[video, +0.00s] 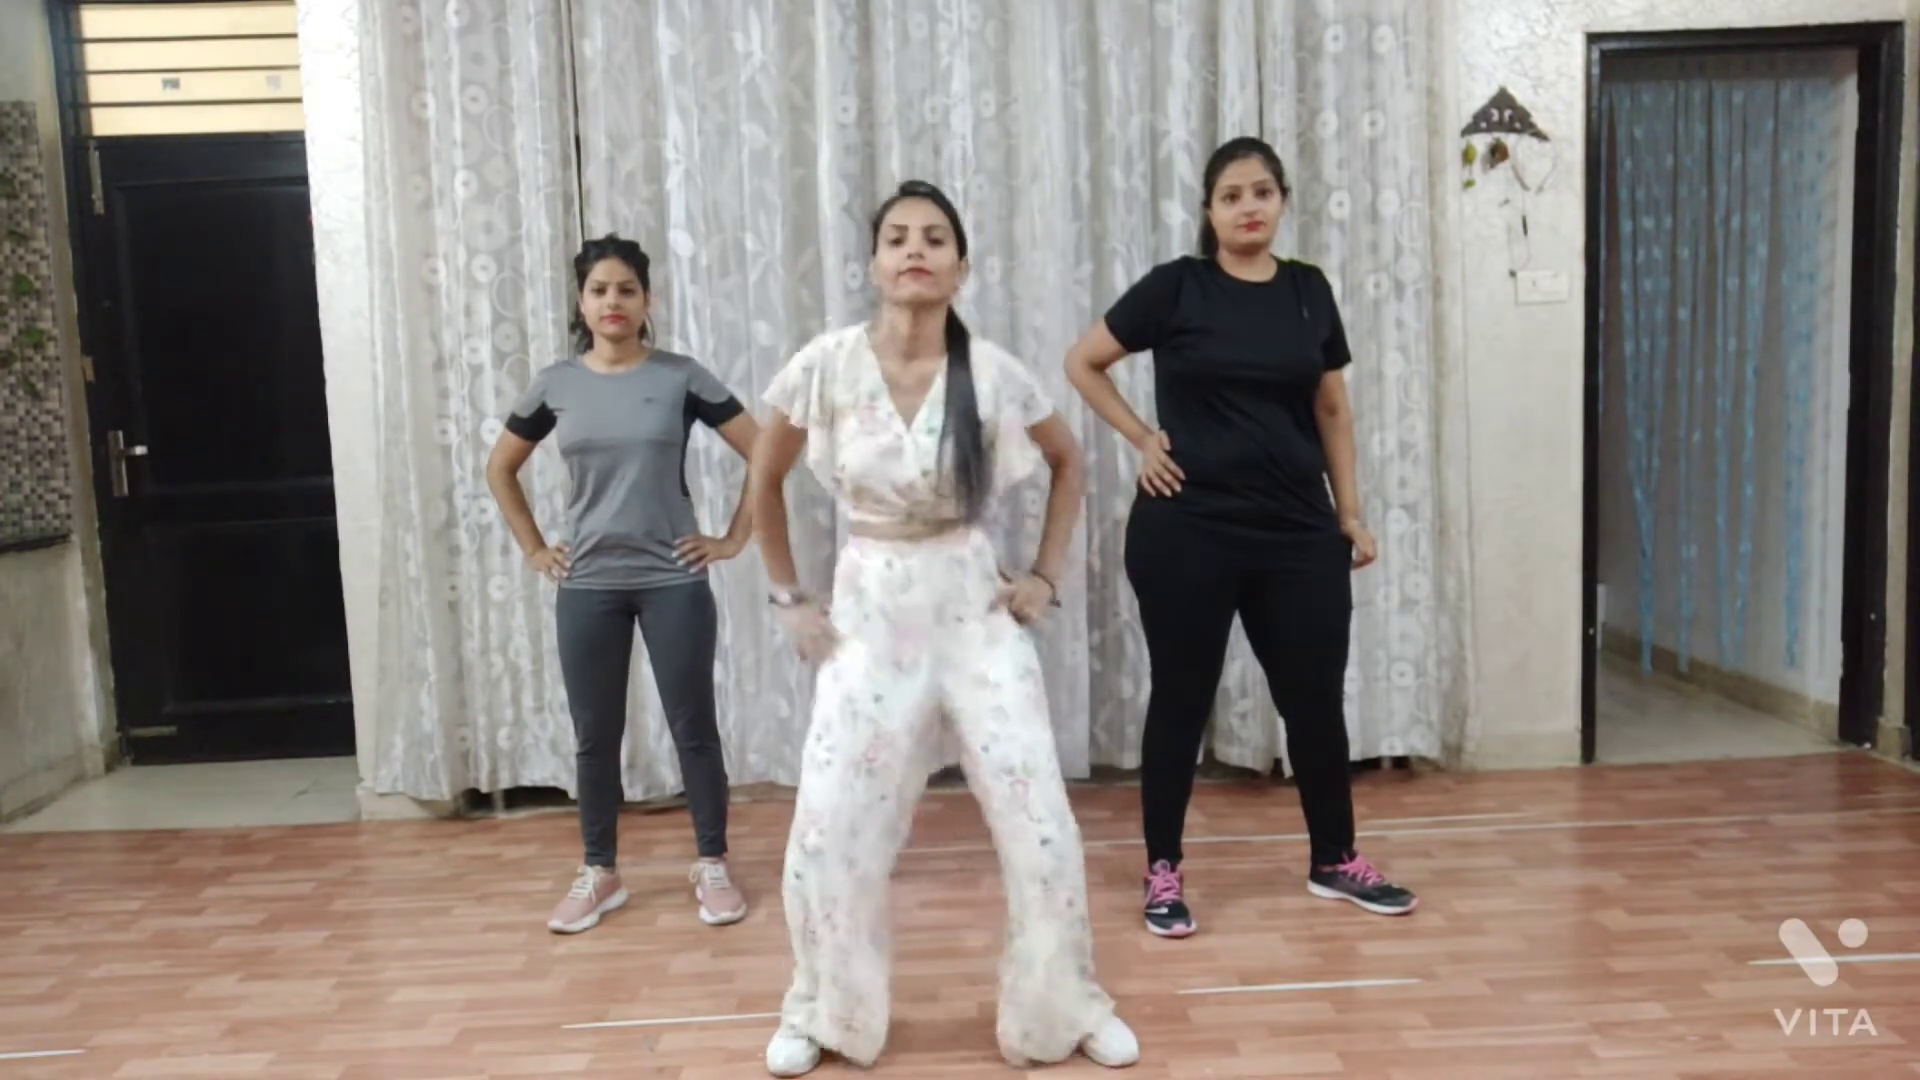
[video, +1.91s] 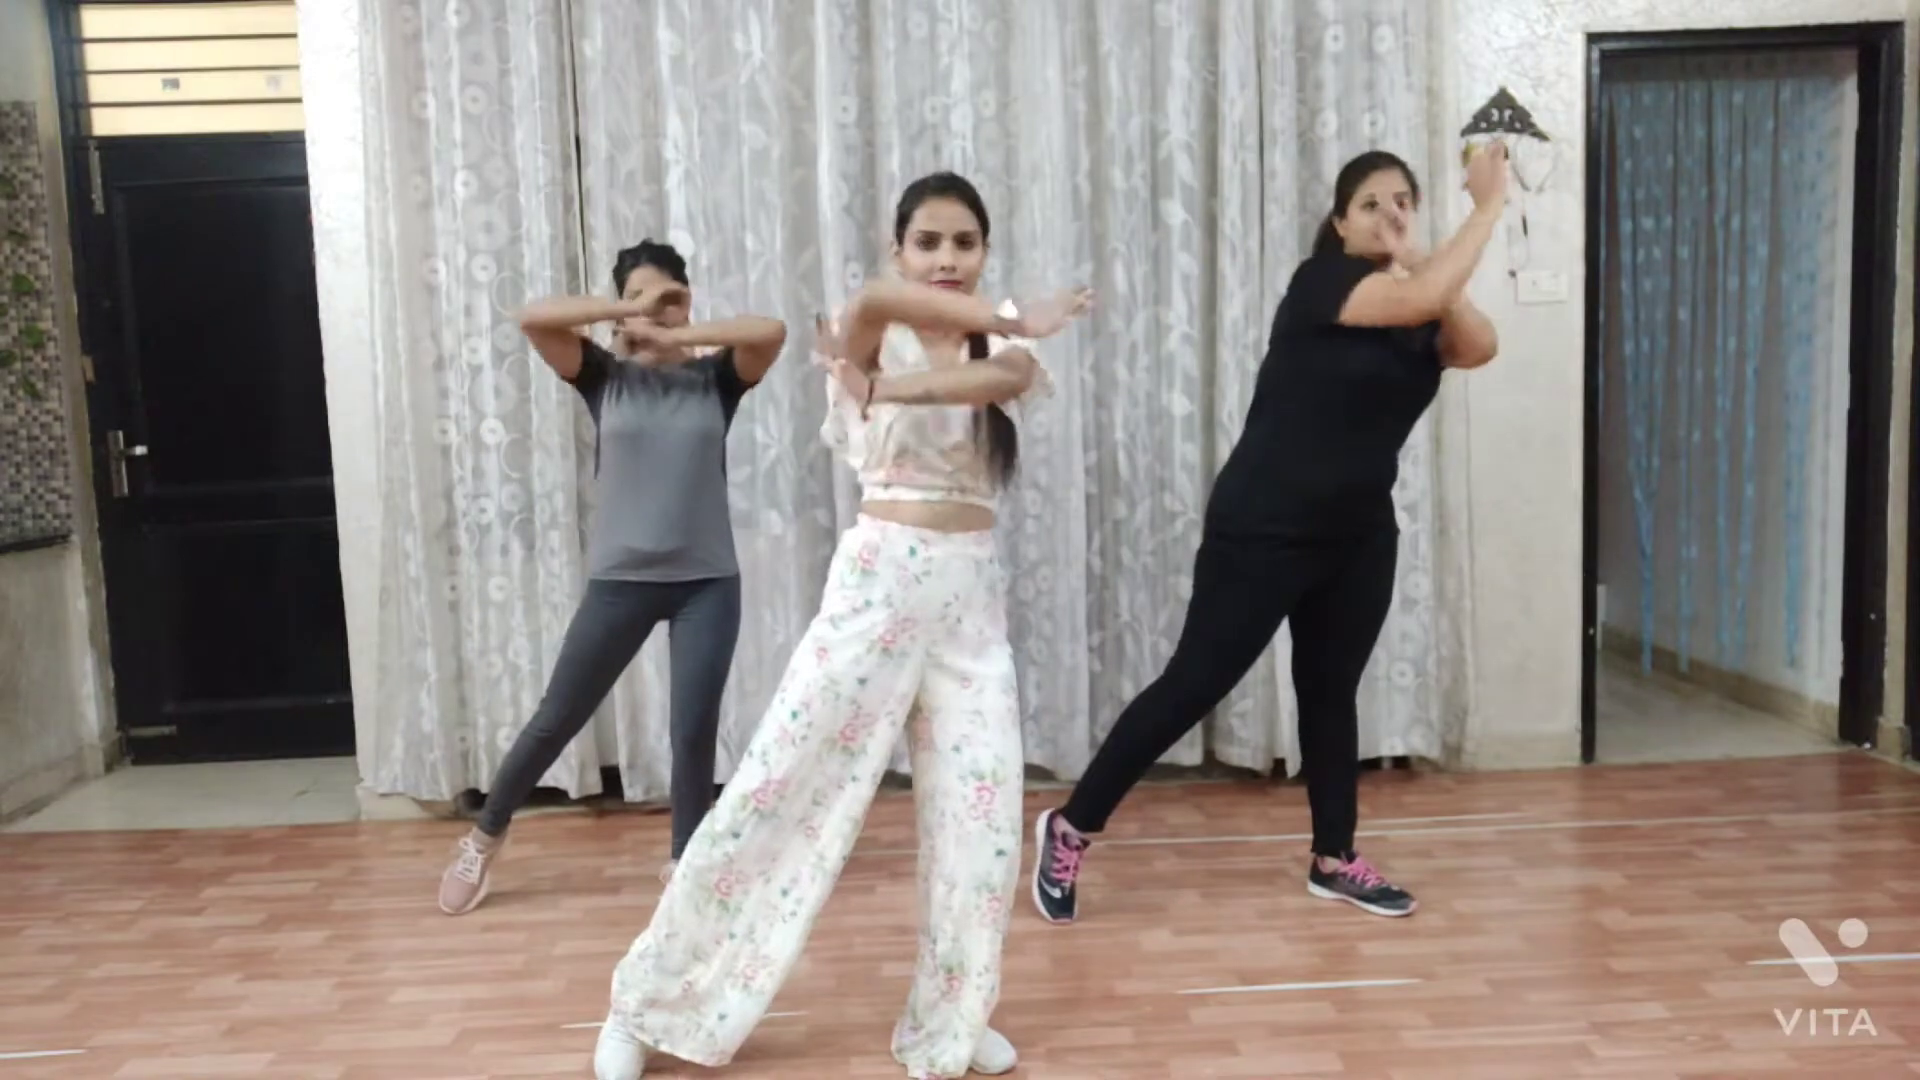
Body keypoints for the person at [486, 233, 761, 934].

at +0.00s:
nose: (613, 301)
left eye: (626, 290)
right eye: (600, 290)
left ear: (646, 302)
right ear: (580, 302)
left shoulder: (681, 378)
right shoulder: (555, 385)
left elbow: (763, 452)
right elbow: (500, 468)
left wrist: (734, 537)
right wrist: (537, 550)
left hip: (674, 574)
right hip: (588, 579)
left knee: (693, 726)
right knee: (594, 736)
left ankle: (712, 866)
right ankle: (599, 872)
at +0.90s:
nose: (621, 303)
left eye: (634, 290)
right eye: (608, 292)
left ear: (658, 297)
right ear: (591, 303)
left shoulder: (694, 379)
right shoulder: (569, 375)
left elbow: (752, 460)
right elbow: (473, 441)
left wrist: (806, 518)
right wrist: (473, 529)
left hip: (674, 574)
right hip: (589, 582)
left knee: (680, 732)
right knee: (595, 738)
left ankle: (687, 873)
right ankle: (599, 873)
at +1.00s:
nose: (629, 307)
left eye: (642, 293)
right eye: (616, 295)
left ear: (667, 299)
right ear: (601, 305)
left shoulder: (701, 377)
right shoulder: (583, 372)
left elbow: (757, 443)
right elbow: (521, 414)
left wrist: (826, 497)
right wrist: (470, 445)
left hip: (680, 578)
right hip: (596, 580)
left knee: (683, 733)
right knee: (587, 736)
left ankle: (687, 871)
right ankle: (597, 872)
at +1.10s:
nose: (632, 309)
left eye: (646, 295)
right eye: (620, 298)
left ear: (675, 302)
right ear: (606, 309)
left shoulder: (707, 379)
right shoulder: (600, 372)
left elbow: (750, 421)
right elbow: (565, 384)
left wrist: (807, 455)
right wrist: (524, 370)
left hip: (688, 580)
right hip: (605, 581)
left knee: (688, 726)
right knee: (567, 721)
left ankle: (685, 869)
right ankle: (579, 864)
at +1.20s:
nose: (640, 313)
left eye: (653, 299)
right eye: (627, 301)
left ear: (683, 303)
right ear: (610, 309)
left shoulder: (709, 371)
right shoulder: (598, 366)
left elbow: (729, 389)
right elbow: (600, 375)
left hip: (701, 579)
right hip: (616, 577)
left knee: (691, 736)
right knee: (556, 716)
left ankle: (687, 874)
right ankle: (509, 851)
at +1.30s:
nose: (644, 312)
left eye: (656, 299)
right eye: (631, 303)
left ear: (685, 302)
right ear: (616, 311)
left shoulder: (724, 372)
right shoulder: (604, 365)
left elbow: (697, 378)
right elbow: (621, 362)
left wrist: (648, 343)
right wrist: (723, 320)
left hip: (708, 574)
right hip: (623, 575)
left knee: (696, 734)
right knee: (549, 714)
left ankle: (687, 876)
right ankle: (471, 836)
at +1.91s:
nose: (662, 314)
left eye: (674, 302)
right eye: (647, 304)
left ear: (690, 308)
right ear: (622, 315)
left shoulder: (717, 380)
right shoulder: (604, 376)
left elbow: (771, 331)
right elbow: (535, 320)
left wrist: (674, 334)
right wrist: (621, 307)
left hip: (708, 581)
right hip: (621, 582)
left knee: (695, 735)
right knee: (553, 724)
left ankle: (690, 876)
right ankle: (482, 840)